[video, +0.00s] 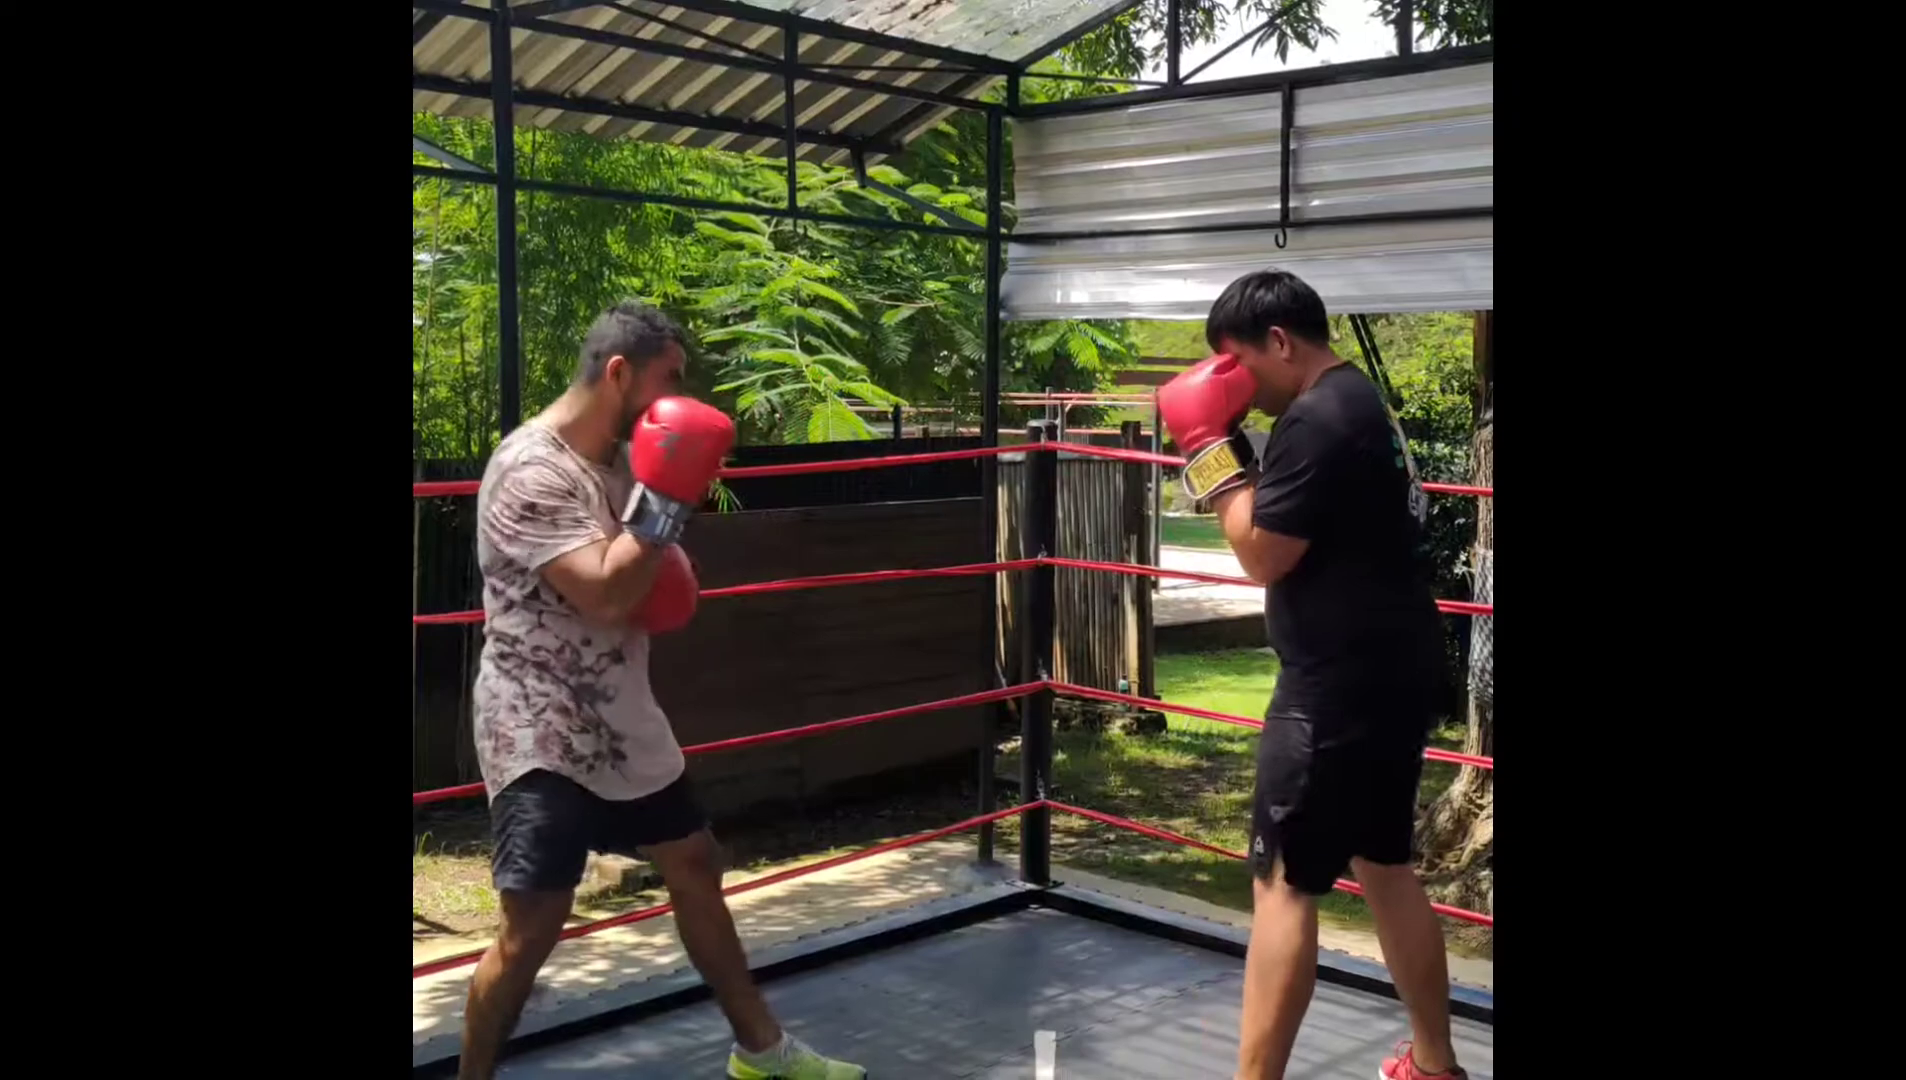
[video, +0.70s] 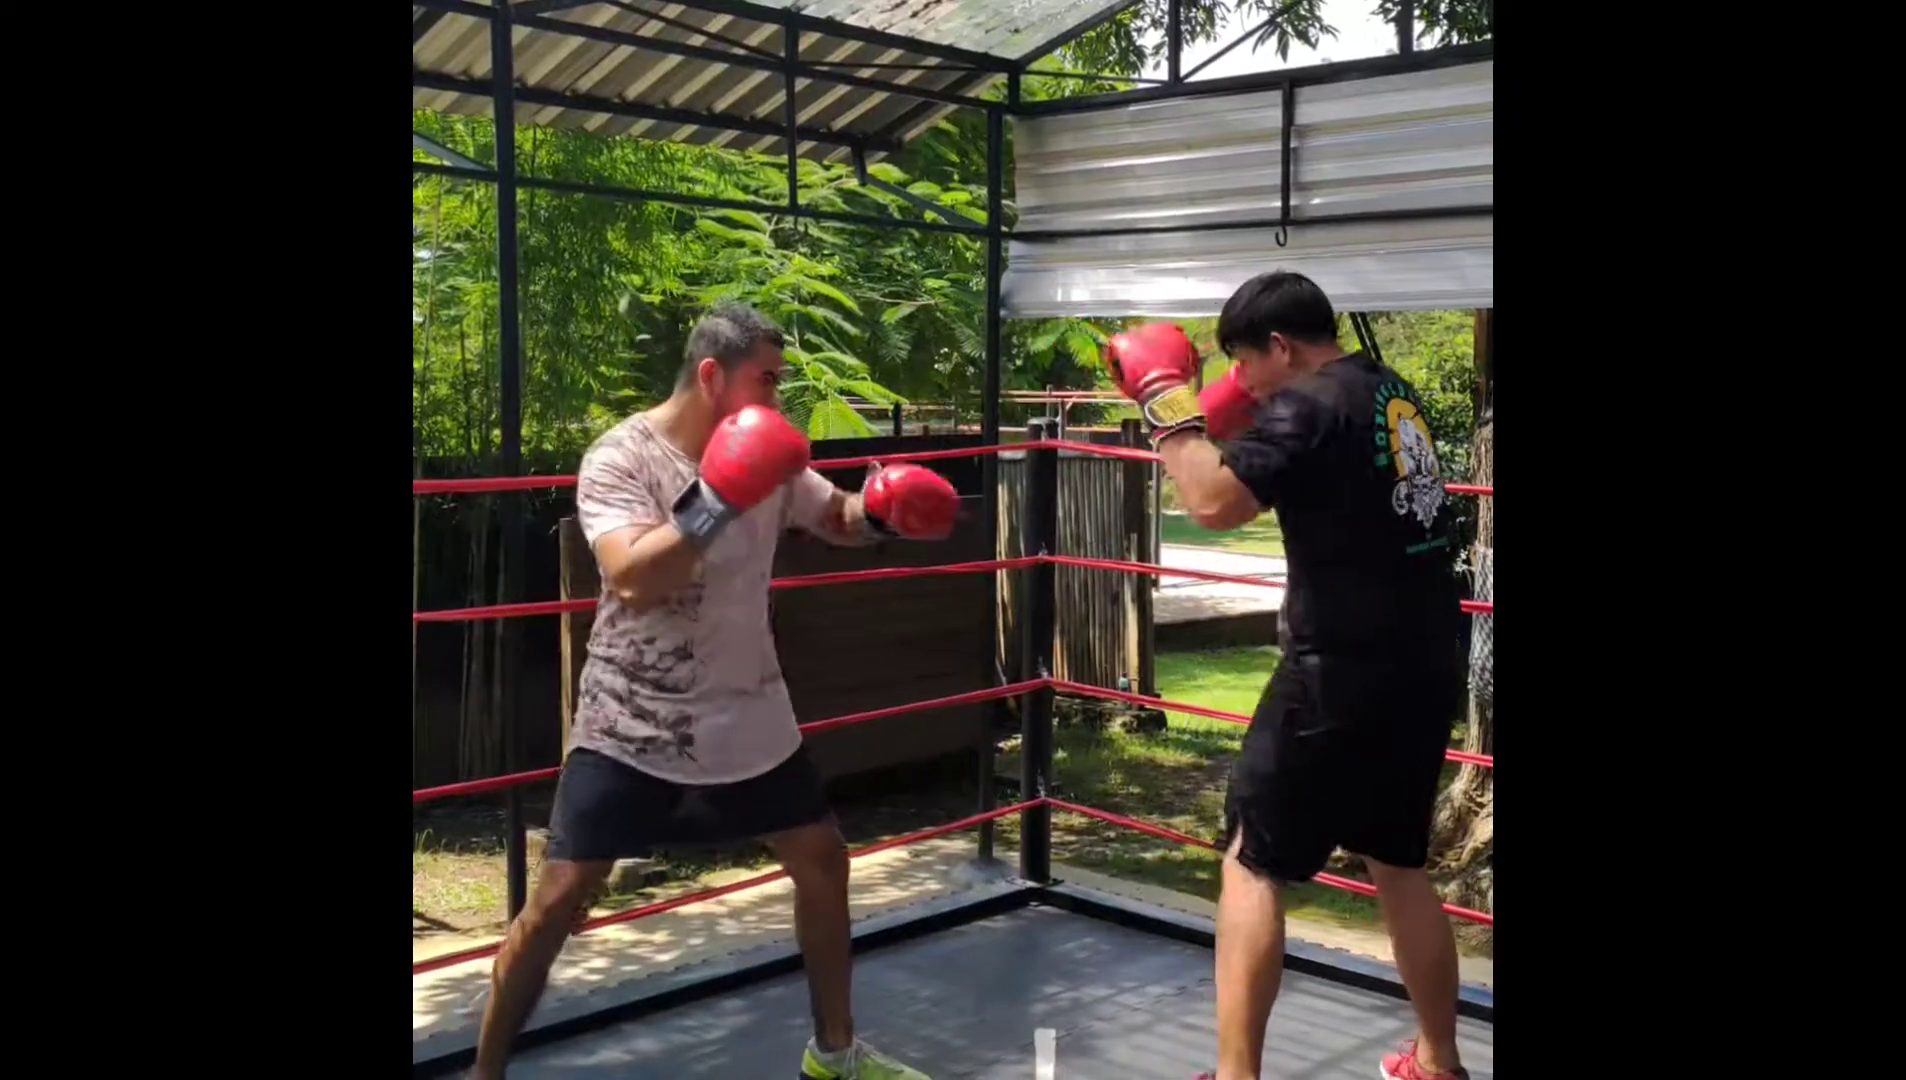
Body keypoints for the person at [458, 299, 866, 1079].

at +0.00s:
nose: (673, 400)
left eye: (679, 384)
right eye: (668, 380)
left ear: (620, 375)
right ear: (617, 371)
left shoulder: (620, 462)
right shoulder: (526, 469)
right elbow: (605, 594)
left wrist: (661, 590)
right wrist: (668, 496)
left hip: (625, 717)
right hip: (539, 727)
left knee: (695, 870)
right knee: (528, 933)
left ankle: (763, 1046)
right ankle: (473, 1074)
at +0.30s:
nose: (702, 411)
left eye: (708, 395)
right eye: (698, 392)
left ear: (651, 386)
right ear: (648, 382)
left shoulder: (647, 473)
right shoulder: (555, 482)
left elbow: (639, 591)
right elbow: (635, 605)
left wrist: (689, 605)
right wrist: (698, 507)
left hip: (666, 727)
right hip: (575, 744)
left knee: (758, 868)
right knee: (547, 944)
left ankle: (823, 1045)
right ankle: (474, 1073)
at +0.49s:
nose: (772, 393)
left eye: (776, 379)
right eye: (763, 377)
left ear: (725, 374)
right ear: (709, 370)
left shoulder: (763, 453)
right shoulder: (612, 454)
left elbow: (867, 440)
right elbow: (632, 562)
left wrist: (947, 413)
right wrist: (718, 483)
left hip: (731, 724)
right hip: (617, 732)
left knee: (812, 860)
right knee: (556, 916)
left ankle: (834, 1050)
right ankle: (482, 1072)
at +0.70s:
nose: (778, 397)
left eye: (781, 381)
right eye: (767, 379)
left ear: (726, 378)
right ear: (709, 374)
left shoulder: (766, 460)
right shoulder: (619, 458)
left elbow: (837, 515)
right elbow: (631, 579)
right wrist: (720, 497)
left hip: (750, 719)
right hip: (629, 723)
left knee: (823, 863)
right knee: (558, 903)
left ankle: (835, 1050)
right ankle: (486, 1070)